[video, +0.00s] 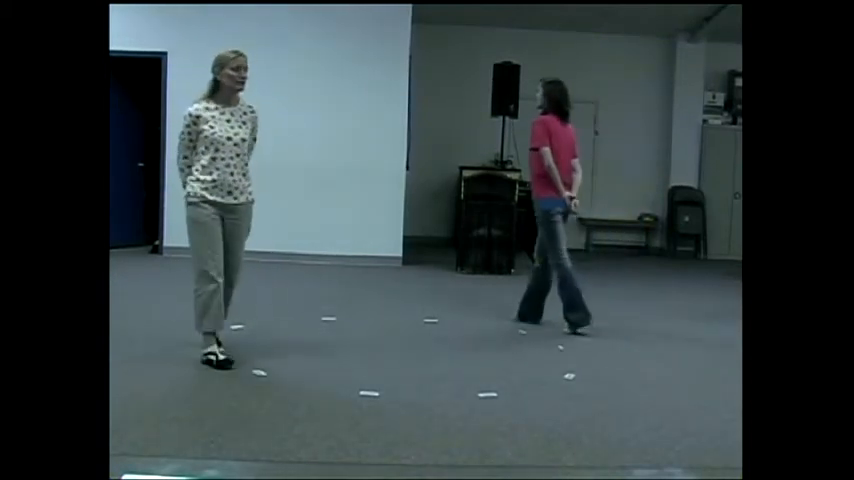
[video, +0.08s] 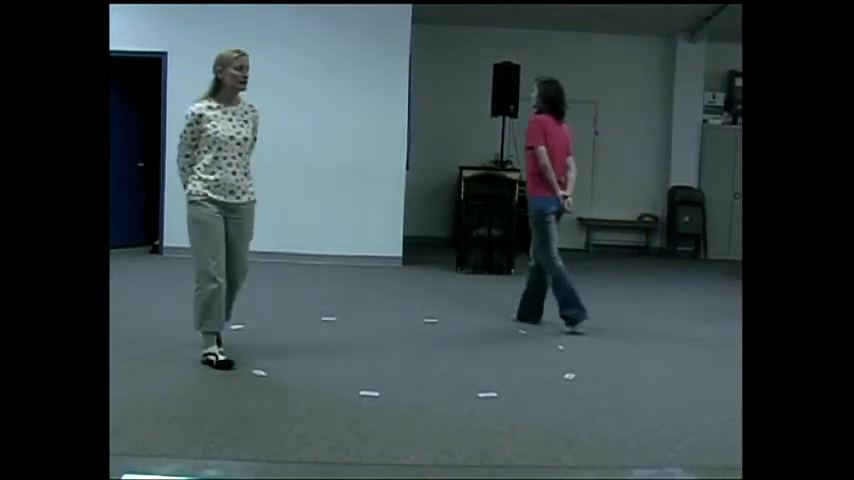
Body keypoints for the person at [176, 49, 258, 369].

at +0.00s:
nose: (241, 75)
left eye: (244, 71)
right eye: (235, 70)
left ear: (246, 76)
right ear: (218, 73)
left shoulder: (249, 115)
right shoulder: (198, 113)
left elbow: (246, 156)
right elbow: (184, 157)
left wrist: (231, 181)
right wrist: (192, 187)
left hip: (239, 200)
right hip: (204, 199)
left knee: (231, 272)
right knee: (210, 271)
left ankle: (215, 333)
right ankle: (210, 342)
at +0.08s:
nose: (244, 74)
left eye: (246, 70)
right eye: (237, 69)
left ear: (247, 75)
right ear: (220, 72)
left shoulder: (250, 114)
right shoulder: (200, 112)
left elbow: (245, 155)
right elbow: (184, 155)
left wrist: (232, 182)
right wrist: (192, 187)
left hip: (242, 199)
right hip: (206, 198)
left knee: (237, 270)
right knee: (211, 272)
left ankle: (217, 327)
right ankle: (210, 344)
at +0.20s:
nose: (252, 77)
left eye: (254, 72)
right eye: (246, 72)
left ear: (253, 77)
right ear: (227, 75)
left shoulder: (254, 116)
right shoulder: (204, 116)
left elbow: (247, 159)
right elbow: (187, 160)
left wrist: (236, 187)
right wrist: (195, 194)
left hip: (246, 203)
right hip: (211, 204)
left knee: (251, 272)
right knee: (219, 278)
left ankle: (229, 324)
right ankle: (212, 346)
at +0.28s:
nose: (256, 78)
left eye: (258, 73)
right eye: (249, 73)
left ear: (256, 78)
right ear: (230, 76)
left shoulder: (256, 117)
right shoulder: (207, 117)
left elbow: (248, 160)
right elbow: (190, 161)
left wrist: (238, 188)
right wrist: (197, 194)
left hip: (249, 205)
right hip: (214, 205)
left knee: (259, 271)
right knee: (224, 279)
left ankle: (230, 329)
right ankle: (214, 345)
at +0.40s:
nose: (267, 74)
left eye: (268, 68)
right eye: (261, 68)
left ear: (263, 73)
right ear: (240, 72)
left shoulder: (265, 112)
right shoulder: (216, 112)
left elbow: (255, 157)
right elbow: (199, 157)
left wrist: (239, 184)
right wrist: (206, 192)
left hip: (258, 203)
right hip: (221, 204)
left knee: (265, 275)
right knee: (221, 279)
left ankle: (264, 352)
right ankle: (212, 348)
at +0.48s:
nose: (273, 73)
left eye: (274, 68)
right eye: (267, 68)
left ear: (261, 74)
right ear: (247, 73)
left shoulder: (271, 113)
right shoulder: (221, 113)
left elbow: (261, 159)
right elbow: (205, 160)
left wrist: (242, 187)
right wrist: (213, 195)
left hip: (264, 206)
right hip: (226, 205)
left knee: (267, 279)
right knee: (221, 279)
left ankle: (279, 355)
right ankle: (213, 348)